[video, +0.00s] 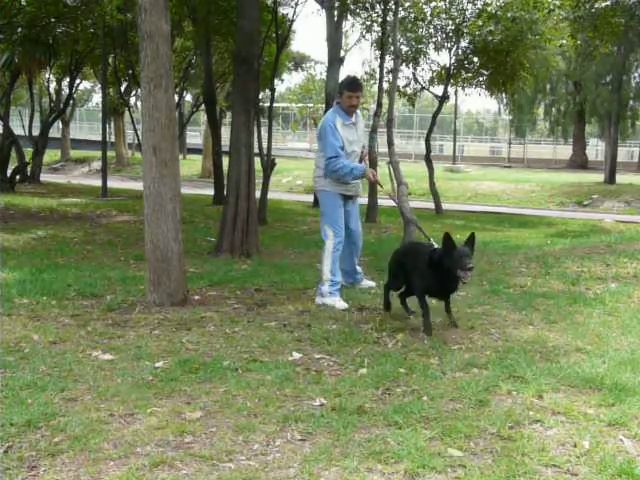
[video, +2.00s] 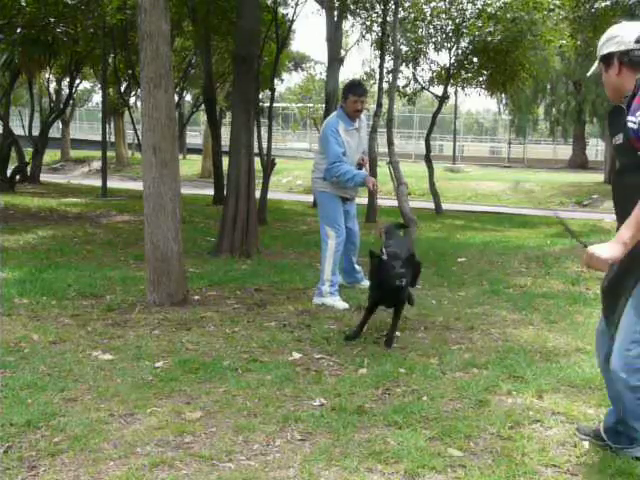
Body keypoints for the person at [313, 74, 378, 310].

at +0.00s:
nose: (355, 102)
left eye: (358, 97)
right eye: (350, 97)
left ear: (362, 98)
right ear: (340, 97)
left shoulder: (357, 120)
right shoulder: (330, 122)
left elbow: (355, 147)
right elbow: (333, 164)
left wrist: (361, 154)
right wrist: (362, 171)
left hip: (350, 186)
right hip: (329, 186)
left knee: (354, 232)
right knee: (335, 236)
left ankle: (352, 275)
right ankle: (328, 291)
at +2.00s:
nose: (359, 107)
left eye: (362, 102)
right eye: (354, 102)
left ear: (365, 102)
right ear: (344, 101)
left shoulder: (359, 123)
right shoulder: (332, 126)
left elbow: (357, 149)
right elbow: (334, 168)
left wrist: (361, 159)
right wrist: (362, 178)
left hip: (347, 188)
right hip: (327, 187)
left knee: (352, 234)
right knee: (335, 235)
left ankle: (351, 275)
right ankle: (326, 291)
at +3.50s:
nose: (357, 108)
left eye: (360, 103)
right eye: (353, 103)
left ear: (363, 103)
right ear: (342, 102)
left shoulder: (351, 127)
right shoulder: (330, 126)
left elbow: (349, 161)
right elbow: (333, 169)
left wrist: (364, 171)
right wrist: (363, 173)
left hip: (343, 190)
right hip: (326, 188)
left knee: (350, 234)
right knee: (335, 234)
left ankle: (345, 284)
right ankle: (325, 290)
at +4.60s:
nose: (364, 116)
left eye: (367, 111)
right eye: (359, 111)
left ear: (371, 110)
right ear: (349, 110)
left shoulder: (366, 130)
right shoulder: (335, 132)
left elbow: (363, 155)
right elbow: (336, 171)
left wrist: (365, 163)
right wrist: (364, 180)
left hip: (345, 190)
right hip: (324, 188)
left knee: (350, 233)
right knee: (335, 233)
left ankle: (351, 275)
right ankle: (327, 292)